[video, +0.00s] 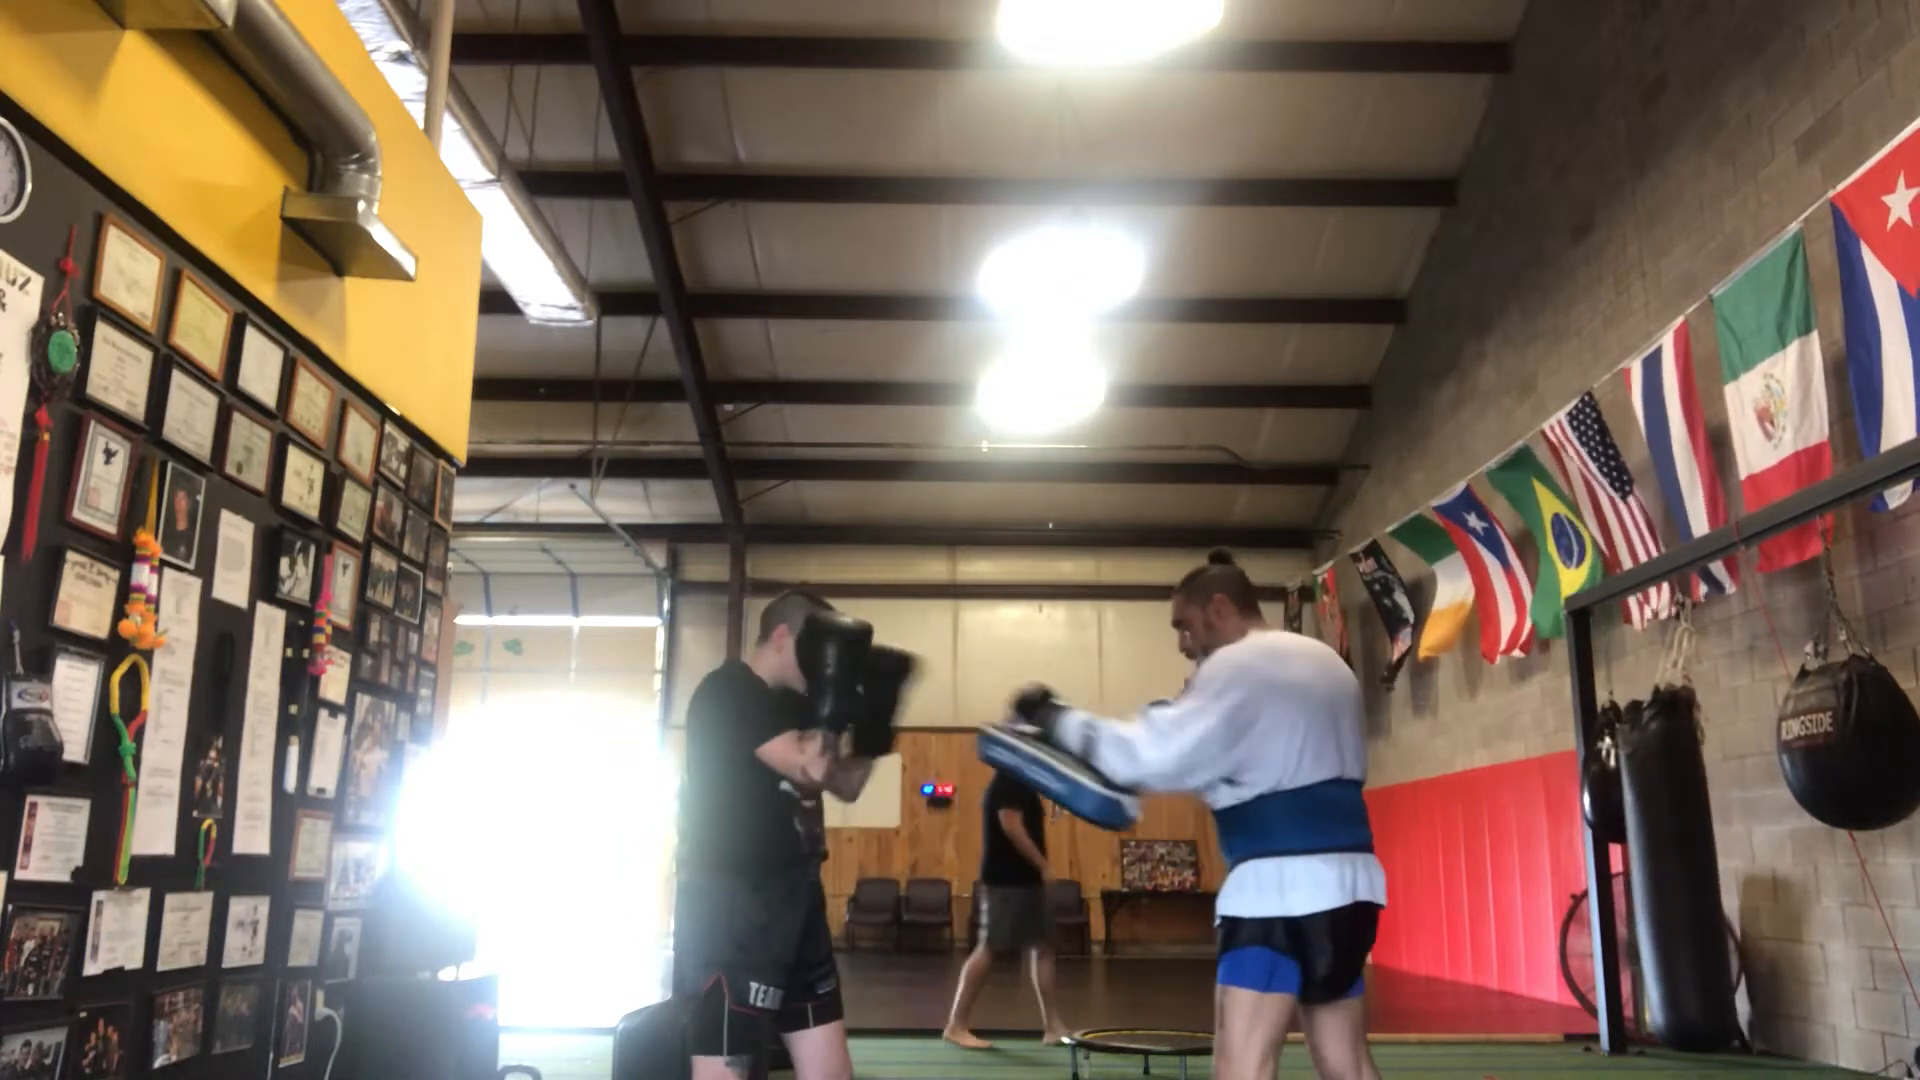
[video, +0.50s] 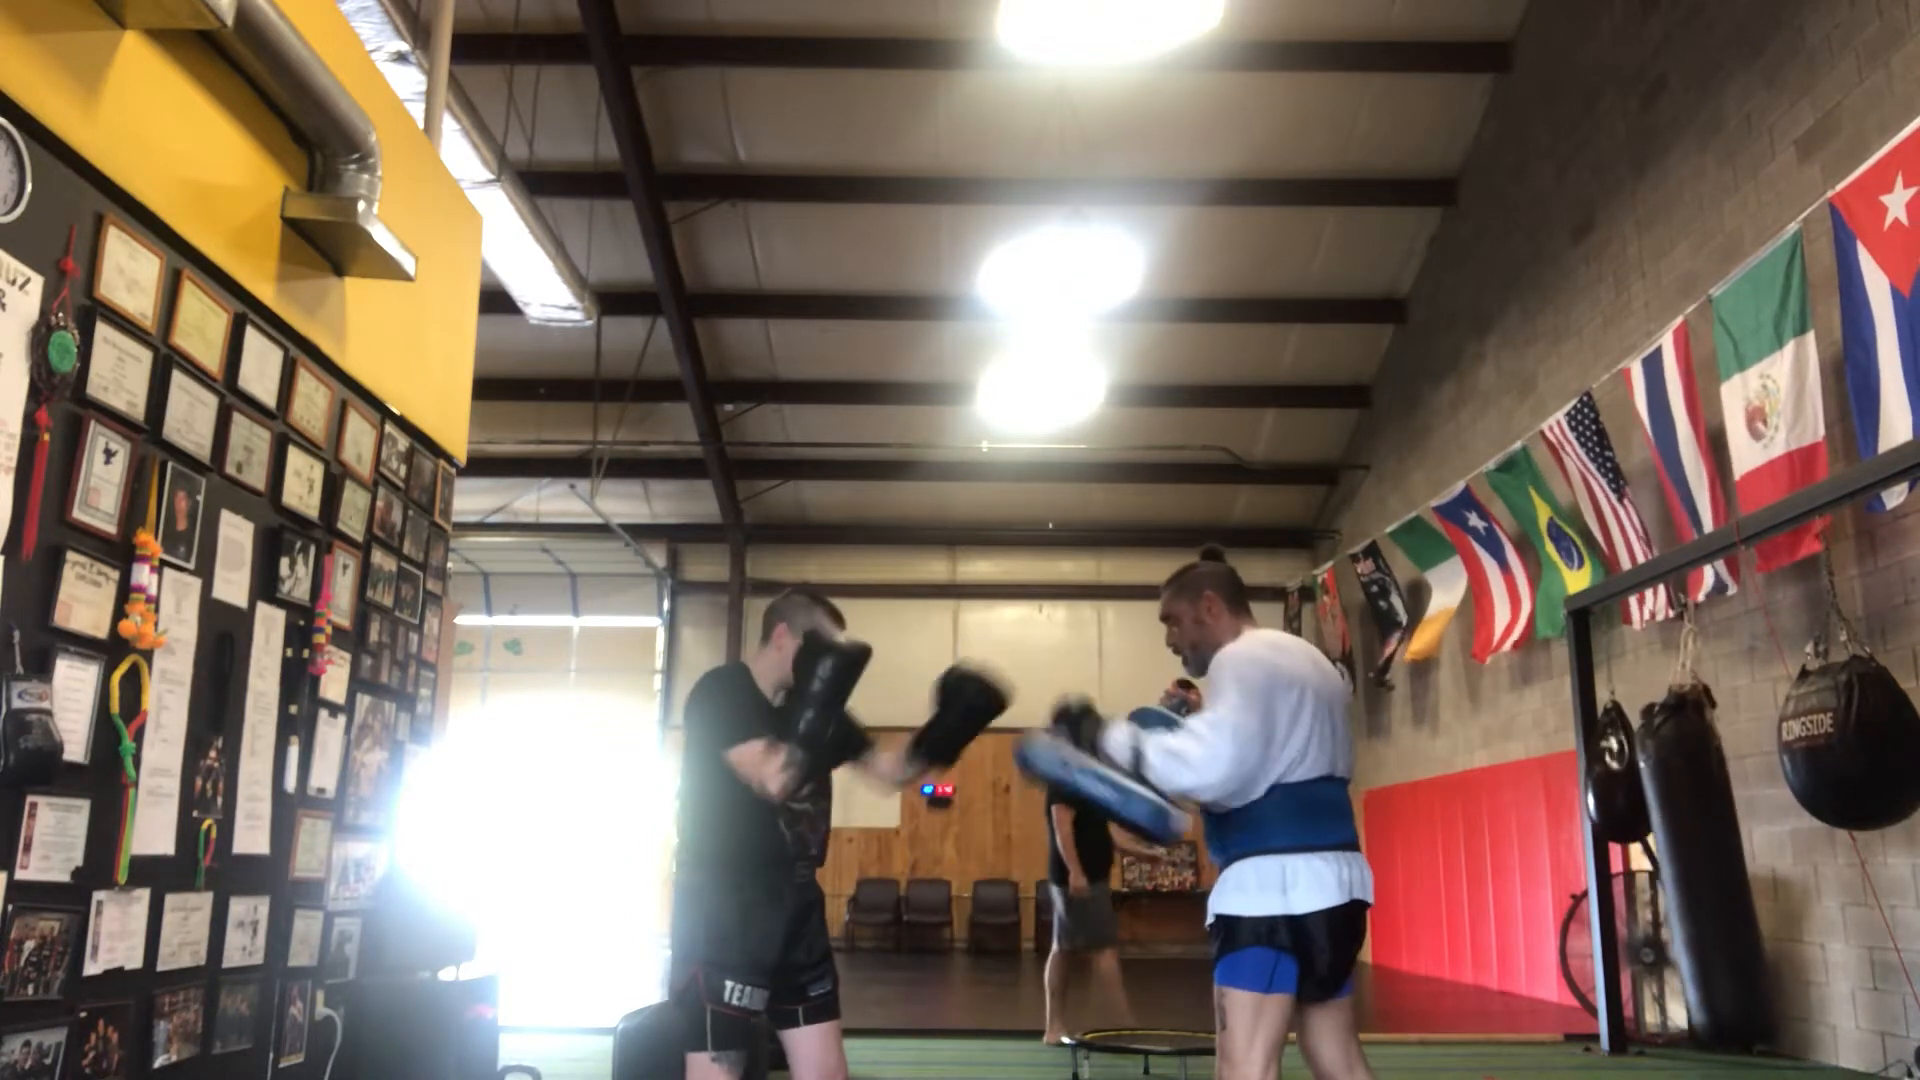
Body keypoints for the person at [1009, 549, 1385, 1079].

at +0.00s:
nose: (1182, 643)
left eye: (1184, 627)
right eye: (1178, 631)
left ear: (1219, 609)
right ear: (1229, 609)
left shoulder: (1238, 667)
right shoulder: (1325, 660)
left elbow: (1156, 755)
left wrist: (1053, 717)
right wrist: (1188, 712)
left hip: (1276, 895)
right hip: (1350, 890)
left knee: (1242, 1068)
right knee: (1347, 1064)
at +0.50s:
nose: (1170, 639)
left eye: (1173, 622)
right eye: (1166, 626)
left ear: (1210, 608)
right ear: (1216, 607)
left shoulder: (1242, 660)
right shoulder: (1315, 661)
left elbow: (1216, 768)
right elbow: (1290, 760)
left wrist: (1111, 736)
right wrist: (1205, 718)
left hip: (1269, 892)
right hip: (1336, 886)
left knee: (1246, 1065)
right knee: (1338, 1060)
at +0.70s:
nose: (1182, 638)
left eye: (1186, 621)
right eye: (1180, 625)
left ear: (1225, 608)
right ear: (1230, 609)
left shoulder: (1259, 664)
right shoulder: (1324, 663)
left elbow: (1245, 780)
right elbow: (1296, 760)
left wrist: (1143, 772)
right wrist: (1216, 718)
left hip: (1279, 886)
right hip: (1342, 881)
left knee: (1248, 1065)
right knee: (1348, 1061)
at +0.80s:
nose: (1190, 640)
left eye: (1192, 623)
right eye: (1186, 627)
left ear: (1230, 608)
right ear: (1239, 608)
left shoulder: (1261, 665)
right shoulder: (1330, 664)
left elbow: (1233, 776)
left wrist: (1130, 748)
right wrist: (1218, 709)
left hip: (1282, 890)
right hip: (1346, 885)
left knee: (1249, 1066)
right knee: (1351, 1061)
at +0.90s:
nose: (1195, 641)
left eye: (1198, 625)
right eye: (1191, 628)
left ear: (1235, 609)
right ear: (1244, 609)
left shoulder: (1259, 665)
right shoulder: (1336, 663)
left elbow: (1203, 762)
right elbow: (1283, 755)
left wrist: (1104, 712)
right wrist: (1203, 707)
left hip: (1286, 892)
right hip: (1356, 886)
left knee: (1245, 1065)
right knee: (1354, 1063)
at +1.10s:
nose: (1196, 646)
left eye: (1198, 630)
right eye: (1192, 633)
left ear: (1234, 613)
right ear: (1242, 613)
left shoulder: (1256, 668)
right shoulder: (1339, 662)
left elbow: (1187, 758)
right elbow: (1283, 757)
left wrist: (1086, 718)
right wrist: (1201, 719)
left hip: (1295, 892)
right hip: (1368, 888)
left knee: (1237, 1063)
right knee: (1360, 1064)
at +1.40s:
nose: (1189, 647)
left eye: (1191, 632)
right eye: (1185, 634)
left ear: (1230, 612)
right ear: (1242, 610)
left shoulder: (1241, 667)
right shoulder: (1334, 659)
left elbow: (1131, 711)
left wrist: (1048, 651)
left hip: (1301, 895)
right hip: (1373, 888)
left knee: (1270, 1063)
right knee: (1358, 1059)